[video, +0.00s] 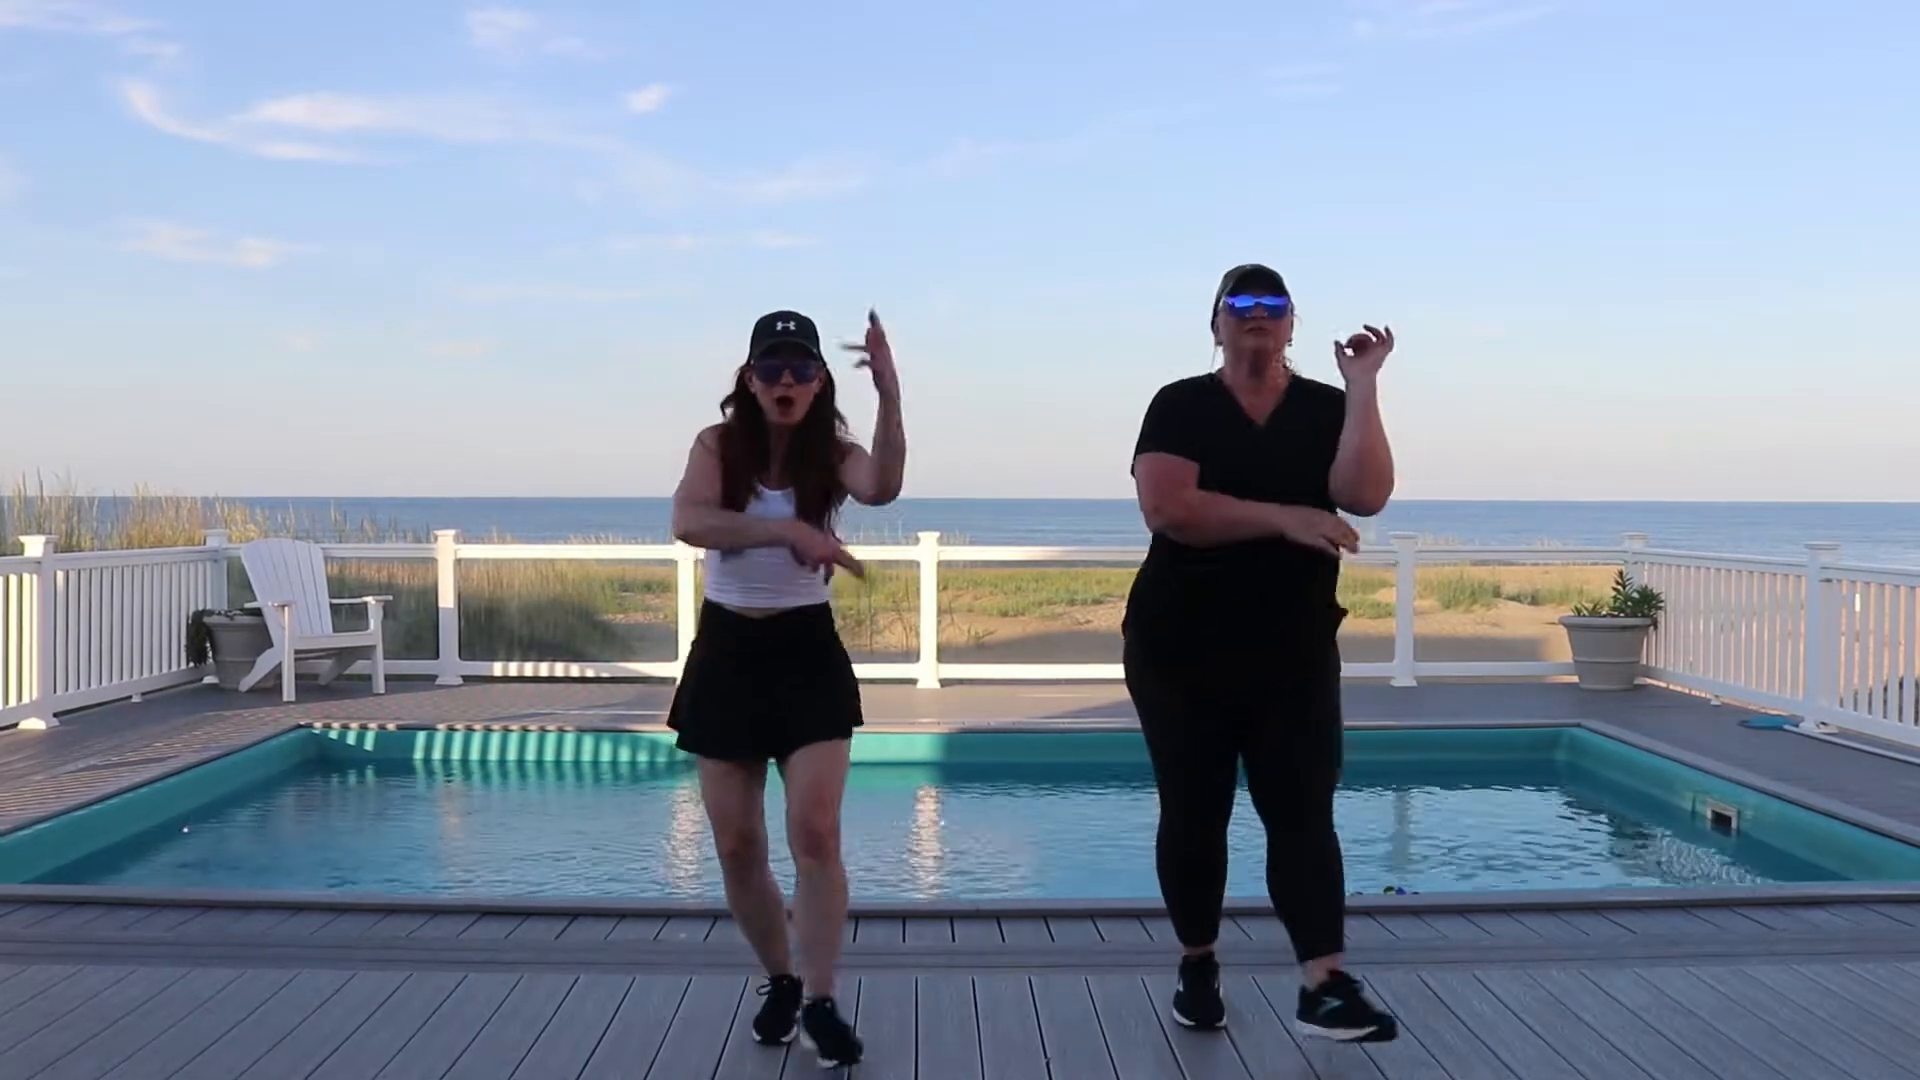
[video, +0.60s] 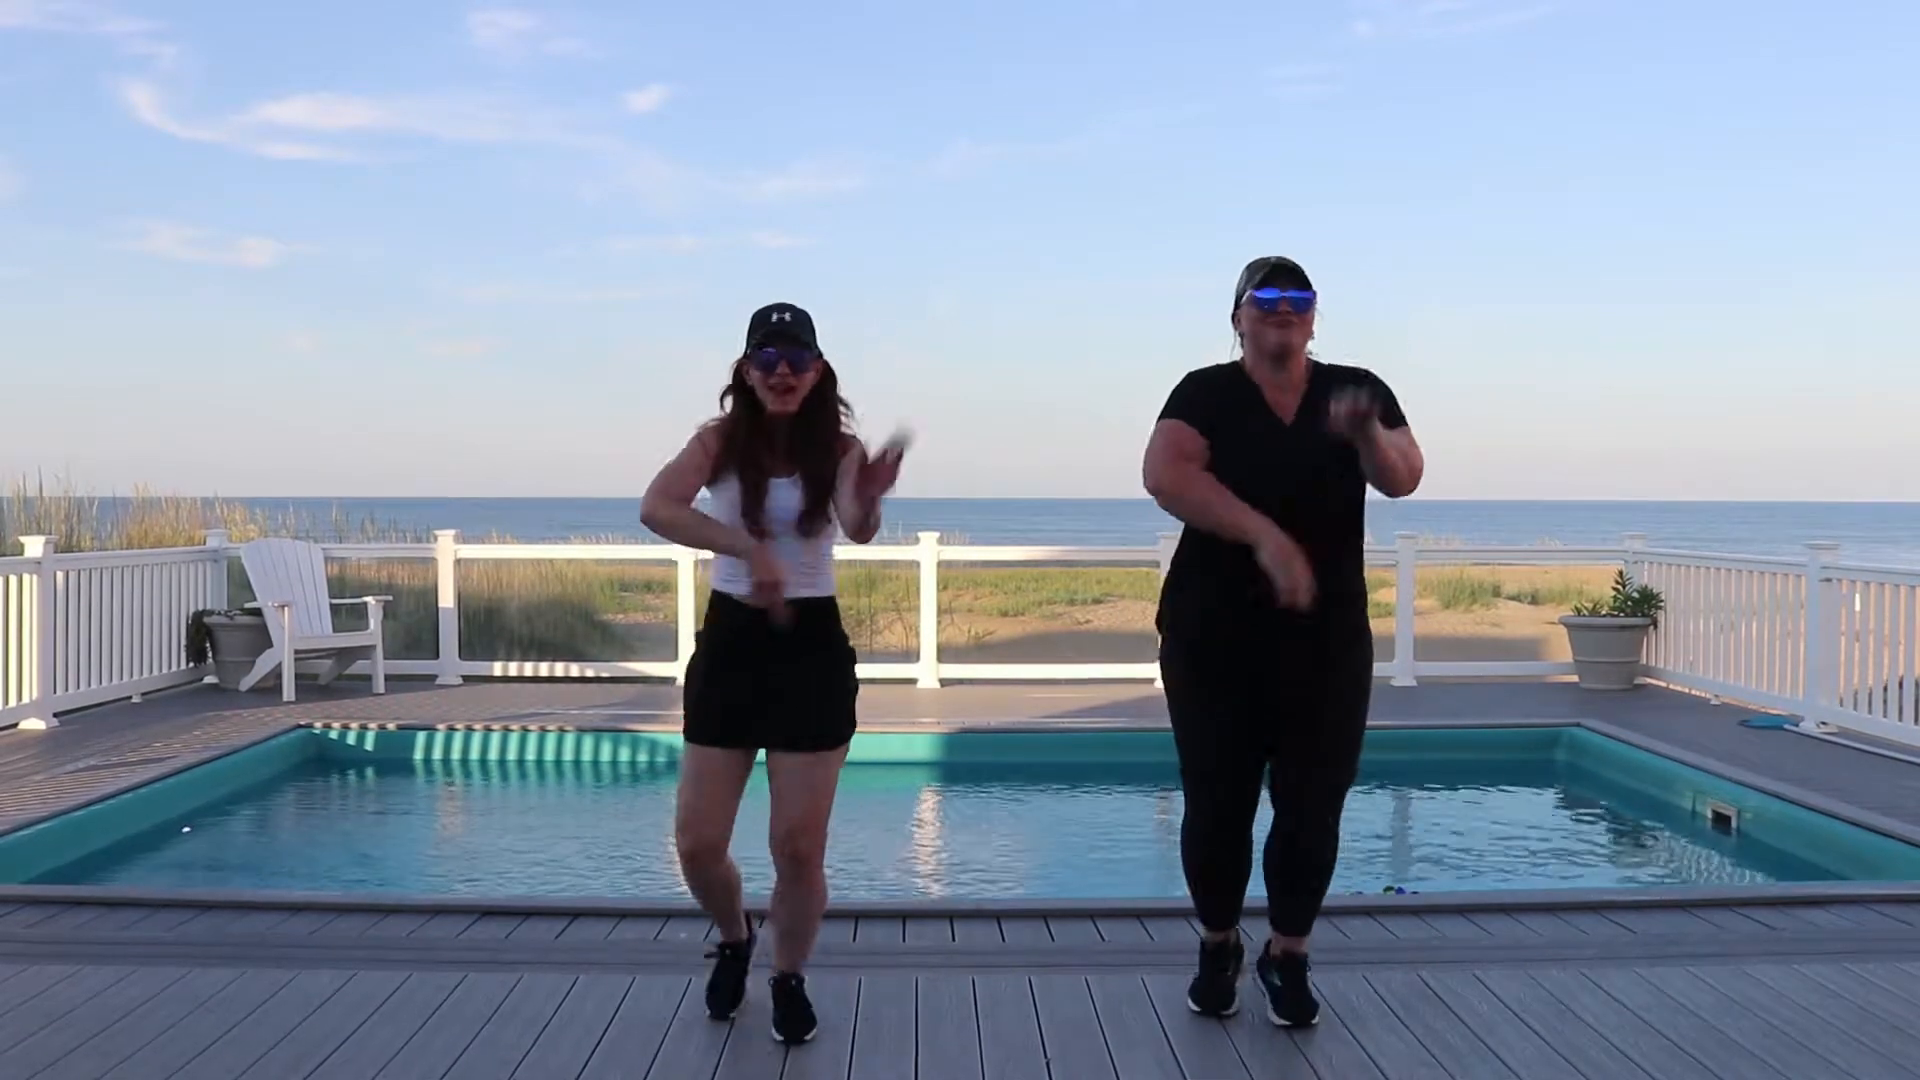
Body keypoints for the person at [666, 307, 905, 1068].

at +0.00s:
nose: (786, 383)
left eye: (801, 369)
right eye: (771, 369)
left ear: (820, 379)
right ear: (749, 376)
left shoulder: (829, 449)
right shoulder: (719, 444)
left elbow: (884, 485)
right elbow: (688, 522)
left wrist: (888, 394)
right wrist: (786, 530)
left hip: (809, 653)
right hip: (725, 655)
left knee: (816, 833)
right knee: (738, 848)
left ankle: (820, 1001)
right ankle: (782, 979)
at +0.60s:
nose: (783, 375)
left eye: (797, 360)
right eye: (768, 361)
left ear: (820, 367)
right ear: (747, 367)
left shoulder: (841, 448)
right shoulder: (721, 438)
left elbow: (859, 530)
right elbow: (659, 507)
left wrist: (872, 491)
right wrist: (747, 548)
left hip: (814, 646)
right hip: (731, 643)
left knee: (798, 845)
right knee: (697, 844)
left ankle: (789, 976)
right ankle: (735, 936)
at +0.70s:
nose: (779, 394)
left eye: (793, 380)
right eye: (764, 381)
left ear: (814, 389)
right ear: (743, 392)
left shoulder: (838, 468)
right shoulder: (723, 460)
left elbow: (862, 548)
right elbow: (643, 494)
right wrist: (712, 501)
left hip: (824, 669)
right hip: (741, 666)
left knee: (811, 858)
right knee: (687, 849)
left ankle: (787, 976)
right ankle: (731, 948)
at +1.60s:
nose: (760, 400)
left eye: (774, 387)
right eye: (745, 388)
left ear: (795, 394)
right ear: (723, 395)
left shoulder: (820, 471)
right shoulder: (695, 478)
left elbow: (884, 525)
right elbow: (668, 577)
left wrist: (888, 557)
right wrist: (745, 578)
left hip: (803, 672)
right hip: (719, 674)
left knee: (846, 860)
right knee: (717, 871)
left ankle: (833, 938)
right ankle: (771, 988)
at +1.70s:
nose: (769, 378)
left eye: (783, 366)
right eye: (755, 366)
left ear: (805, 376)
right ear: (733, 377)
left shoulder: (822, 459)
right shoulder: (702, 454)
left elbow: (887, 515)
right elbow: (683, 546)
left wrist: (900, 447)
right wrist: (787, 550)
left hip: (798, 659)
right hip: (713, 662)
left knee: (817, 837)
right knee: (716, 858)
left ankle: (816, 992)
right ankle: (769, 986)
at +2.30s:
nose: (777, 370)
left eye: (792, 357)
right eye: (762, 357)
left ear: (813, 365)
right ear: (741, 365)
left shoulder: (832, 446)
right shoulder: (716, 434)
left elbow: (861, 530)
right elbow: (669, 511)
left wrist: (875, 451)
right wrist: (779, 538)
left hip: (803, 649)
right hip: (718, 647)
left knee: (801, 844)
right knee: (693, 842)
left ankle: (789, 976)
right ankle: (724, 953)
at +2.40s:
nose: (776, 401)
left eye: (789, 387)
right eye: (762, 387)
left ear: (811, 390)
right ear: (739, 391)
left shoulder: (836, 459)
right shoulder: (719, 457)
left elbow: (864, 530)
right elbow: (649, 501)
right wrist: (726, 533)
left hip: (819, 666)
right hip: (736, 665)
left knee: (812, 863)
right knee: (683, 849)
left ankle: (791, 984)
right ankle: (730, 948)